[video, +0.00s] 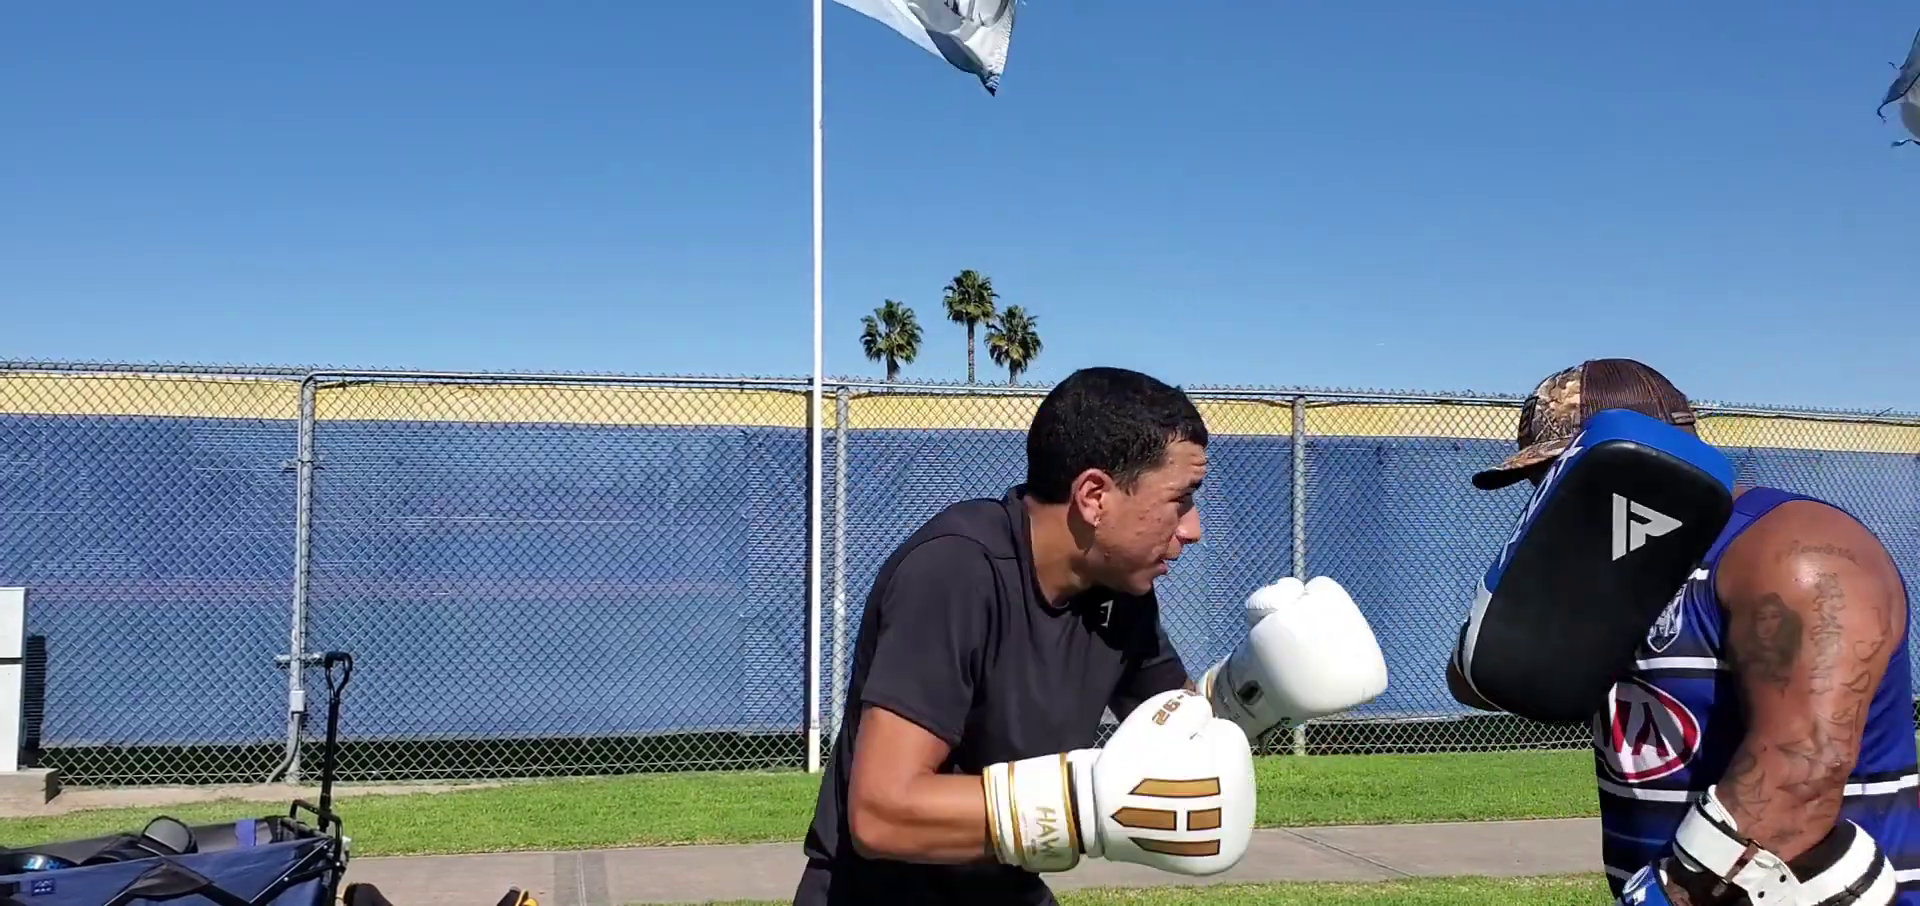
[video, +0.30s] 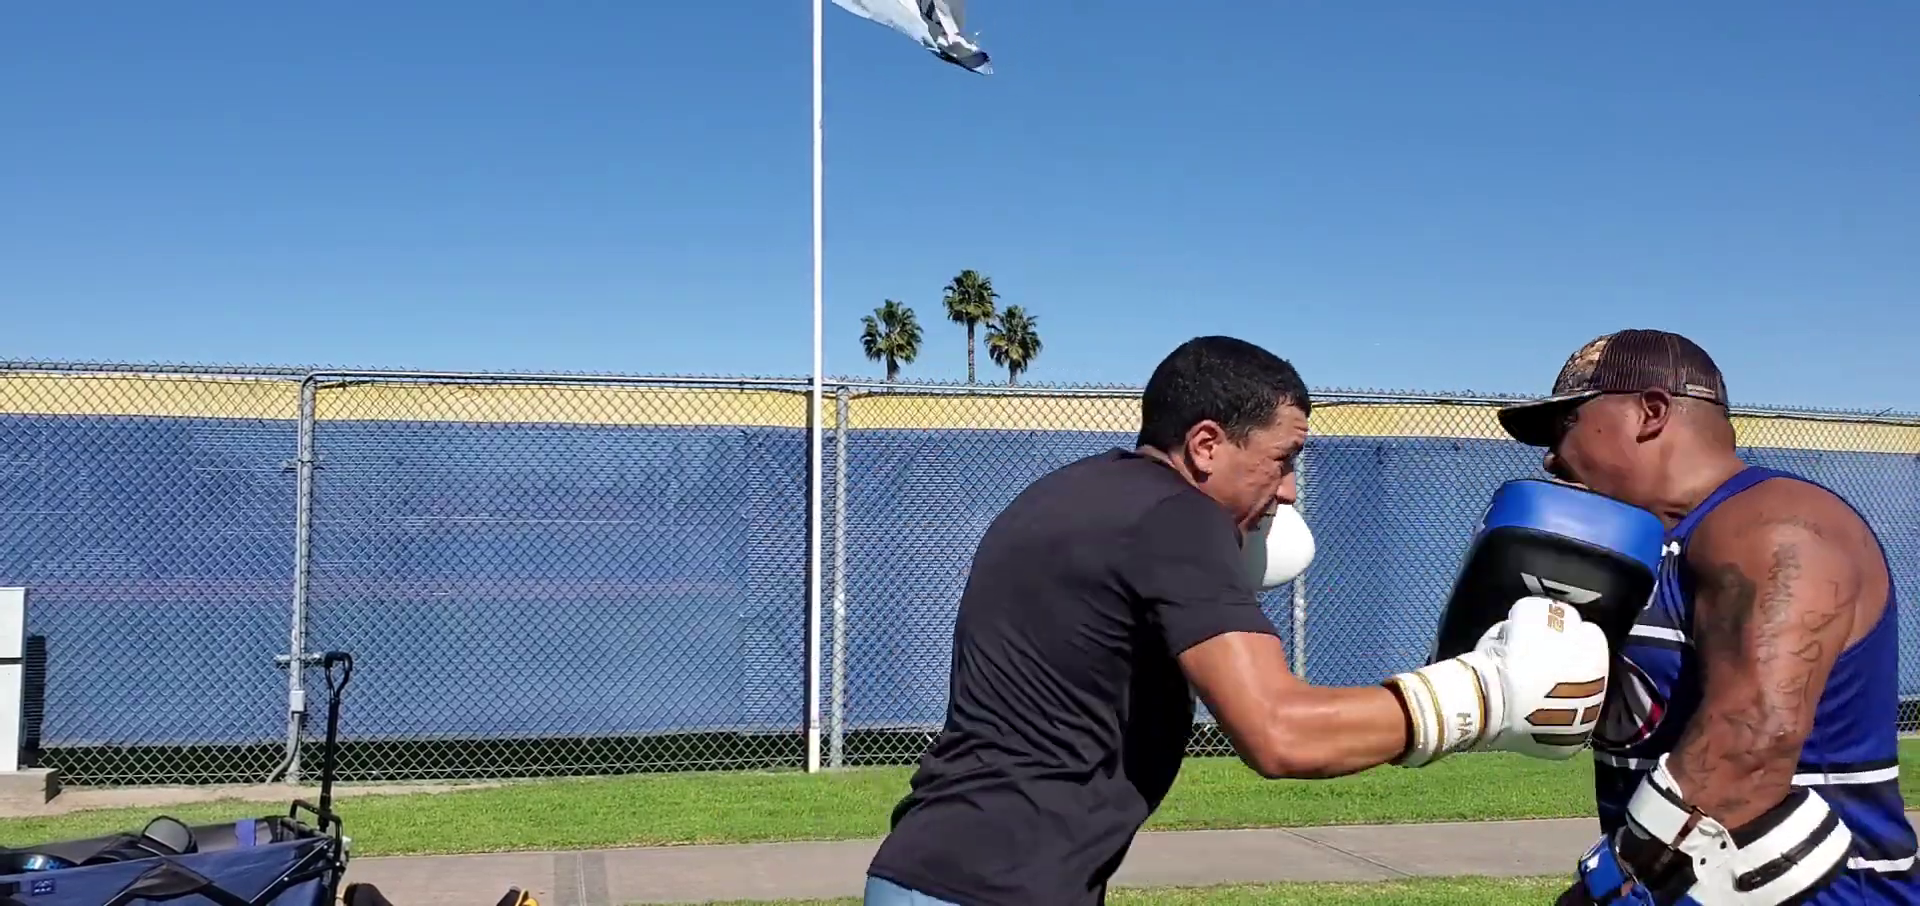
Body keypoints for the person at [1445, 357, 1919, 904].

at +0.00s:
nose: (1538, 507)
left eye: (1552, 477)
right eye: (1536, 483)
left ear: (1619, 459)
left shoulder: (1800, 560)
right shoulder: (1620, 575)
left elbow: (1796, 787)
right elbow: (1466, 681)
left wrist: (1677, 886)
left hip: (1795, 890)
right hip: (1661, 883)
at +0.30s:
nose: (1551, 460)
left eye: (1567, 425)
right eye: (1554, 435)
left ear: (1650, 414)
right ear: (1649, 417)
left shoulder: (1775, 532)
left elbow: (1746, 757)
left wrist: (1604, 880)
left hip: (1824, 883)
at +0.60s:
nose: (1656, 448)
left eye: (1688, 421)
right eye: (1651, 425)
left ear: (1784, 429)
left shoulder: (1852, 557)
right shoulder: (1690, 563)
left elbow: (1848, 762)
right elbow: (1596, 700)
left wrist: (1648, 861)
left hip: (1822, 880)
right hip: (1706, 875)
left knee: (1603, 882)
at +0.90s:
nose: (1702, 453)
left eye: (1733, 425)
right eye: (1699, 428)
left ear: (1835, 431)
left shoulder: (1887, 550)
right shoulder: (1735, 560)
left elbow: (1853, 704)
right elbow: (1619, 655)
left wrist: (1630, 768)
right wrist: (1631, 482)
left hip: (1849, 889)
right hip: (1729, 885)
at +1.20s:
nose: (1690, 479)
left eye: (1719, 455)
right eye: (1692, 454)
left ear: (1829, 444)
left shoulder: (1899, 586)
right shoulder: (1727, 539)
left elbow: (1905, 799)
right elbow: (1612, 599)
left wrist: (1698, 777)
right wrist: (1560, 497)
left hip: (1875, 873)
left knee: (1603, 847)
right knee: (1591, 816)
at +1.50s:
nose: (1690, 505)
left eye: (1717, 480)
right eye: (1691, 479)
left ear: (1826, 468)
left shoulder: (1900, 602)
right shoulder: (1758, 559)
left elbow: (1855, 821)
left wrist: (1658, 729)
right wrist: (1619, 831)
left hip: (1858, 893)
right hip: (1758, 881)